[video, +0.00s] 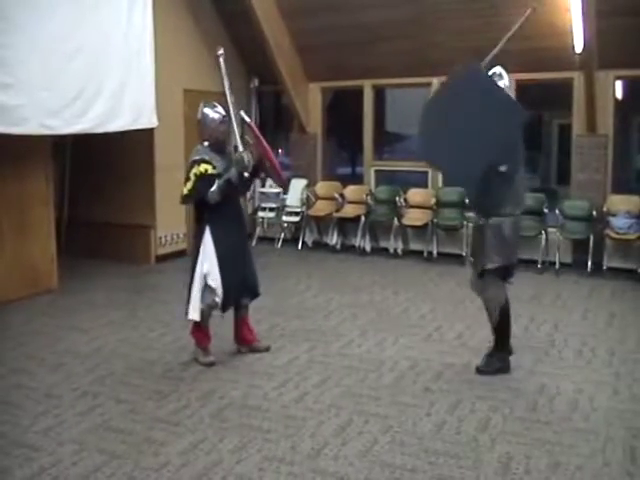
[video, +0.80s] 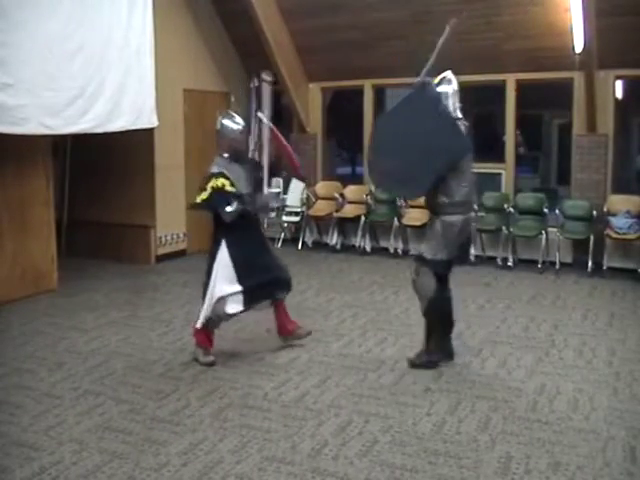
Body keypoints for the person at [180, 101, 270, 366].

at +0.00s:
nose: (226, 129)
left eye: (226, 123)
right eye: (220, 124)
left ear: (227, 127)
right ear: (206, 129)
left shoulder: (228, 156)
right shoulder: (201, 162)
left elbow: (238, 189)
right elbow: (209, 195)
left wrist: (254, 169)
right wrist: (235, 171)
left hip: (235, 227)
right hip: (212, 229)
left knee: (243, 279)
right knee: (209, 282)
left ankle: (244, 334)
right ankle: (201, 342)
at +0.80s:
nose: (244, 141)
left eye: (244, 135)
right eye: (239, 136)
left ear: (245, 137)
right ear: (224, 140)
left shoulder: (250, 167)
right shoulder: (218, 174)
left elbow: (255, 196)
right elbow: (228, 212)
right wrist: (257, 202)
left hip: (251, 233)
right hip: (228, 238)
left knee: (274, 276)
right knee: (222, 287)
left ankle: (285, 324)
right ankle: (203, 338)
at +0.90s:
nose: (255, 147)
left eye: (255, 143)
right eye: (250, 143)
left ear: (256, 144)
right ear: (236, 147)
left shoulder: (263, 170)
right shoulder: (234, 179)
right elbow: (231, 214)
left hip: (263, 242)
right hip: (240, 245)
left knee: (286, 281)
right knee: (225, 293)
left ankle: (301, 326)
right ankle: (205, 341)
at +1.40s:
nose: (311, 149)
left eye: (312, 144)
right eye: (307, 143)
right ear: (294, 142)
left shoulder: (292, 167)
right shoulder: (280, 173)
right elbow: (288, 218)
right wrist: (319, 218)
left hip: (296, 234)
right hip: (280, 237)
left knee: (313, 284)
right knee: (284, 288)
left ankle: (311, 333)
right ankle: (254, 339)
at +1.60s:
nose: (285, 143)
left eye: (285, 138)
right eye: (280, 138)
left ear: (284, 139)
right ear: (267, 142)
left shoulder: (283, 167)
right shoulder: (267, 176)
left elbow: (294, 191)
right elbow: (276, 221)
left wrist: (305, 171)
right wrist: (307, 222)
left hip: (291, 236)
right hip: (274, 241)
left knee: (313, 285)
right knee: (287, 292)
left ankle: (311, 333)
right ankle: (260, 349)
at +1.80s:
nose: (269, 136)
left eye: (268, 131)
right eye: (264, 131)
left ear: (259, 133)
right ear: (252, 133)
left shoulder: (265, 162)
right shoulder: (251, 170)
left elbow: (280, 188)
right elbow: (263, 215)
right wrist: (291, 211)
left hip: (274, 236)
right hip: (259, 240)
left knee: (285, 283)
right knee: (270, 288)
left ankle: (282, 330)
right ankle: (259, 342)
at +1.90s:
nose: (259, 132)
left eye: (259, 127)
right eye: (255, 127)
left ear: (249, 131)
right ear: (242, 131)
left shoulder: (254, 162)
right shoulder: (243, 170)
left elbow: (268, 188)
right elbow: (255, 212)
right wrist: (283, 204)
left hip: (260, 237)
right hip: (251, 241)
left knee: (264, 290)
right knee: (263, 293)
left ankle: (247, 337)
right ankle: (257, 351)